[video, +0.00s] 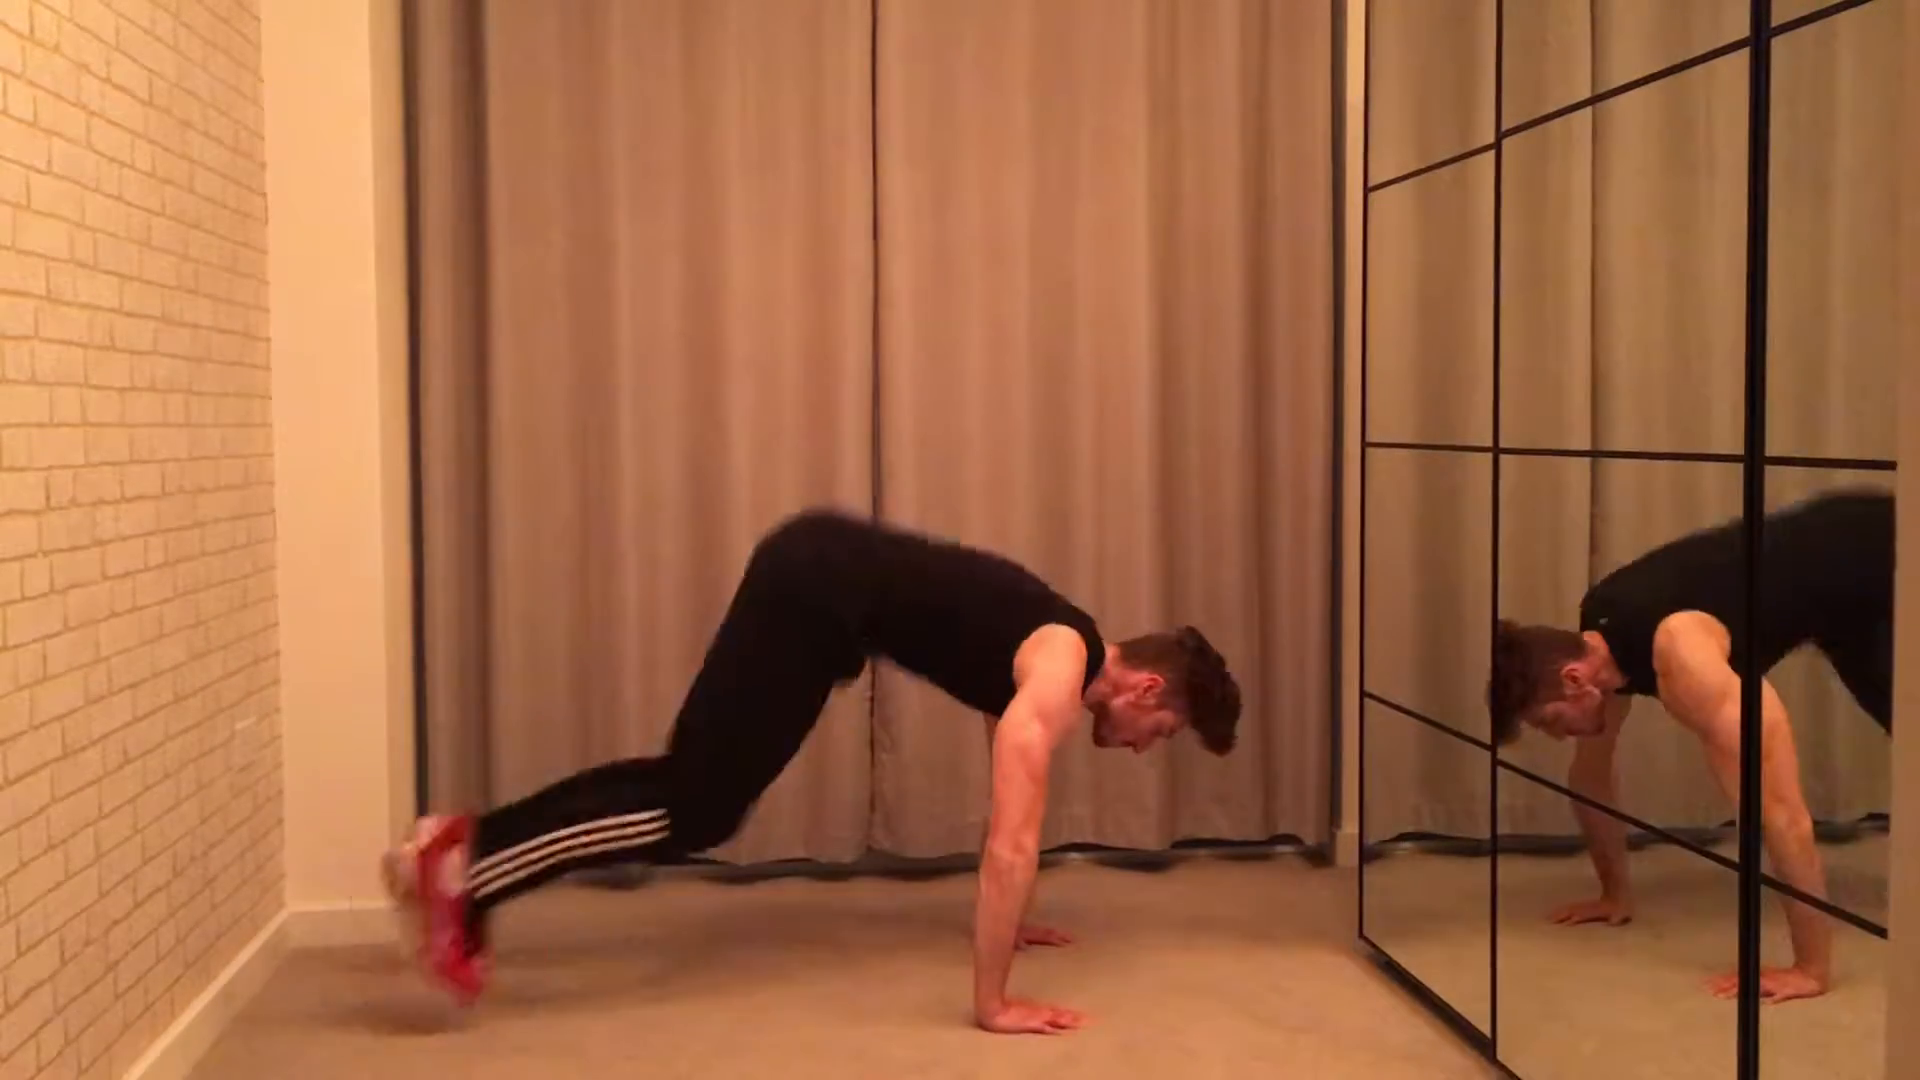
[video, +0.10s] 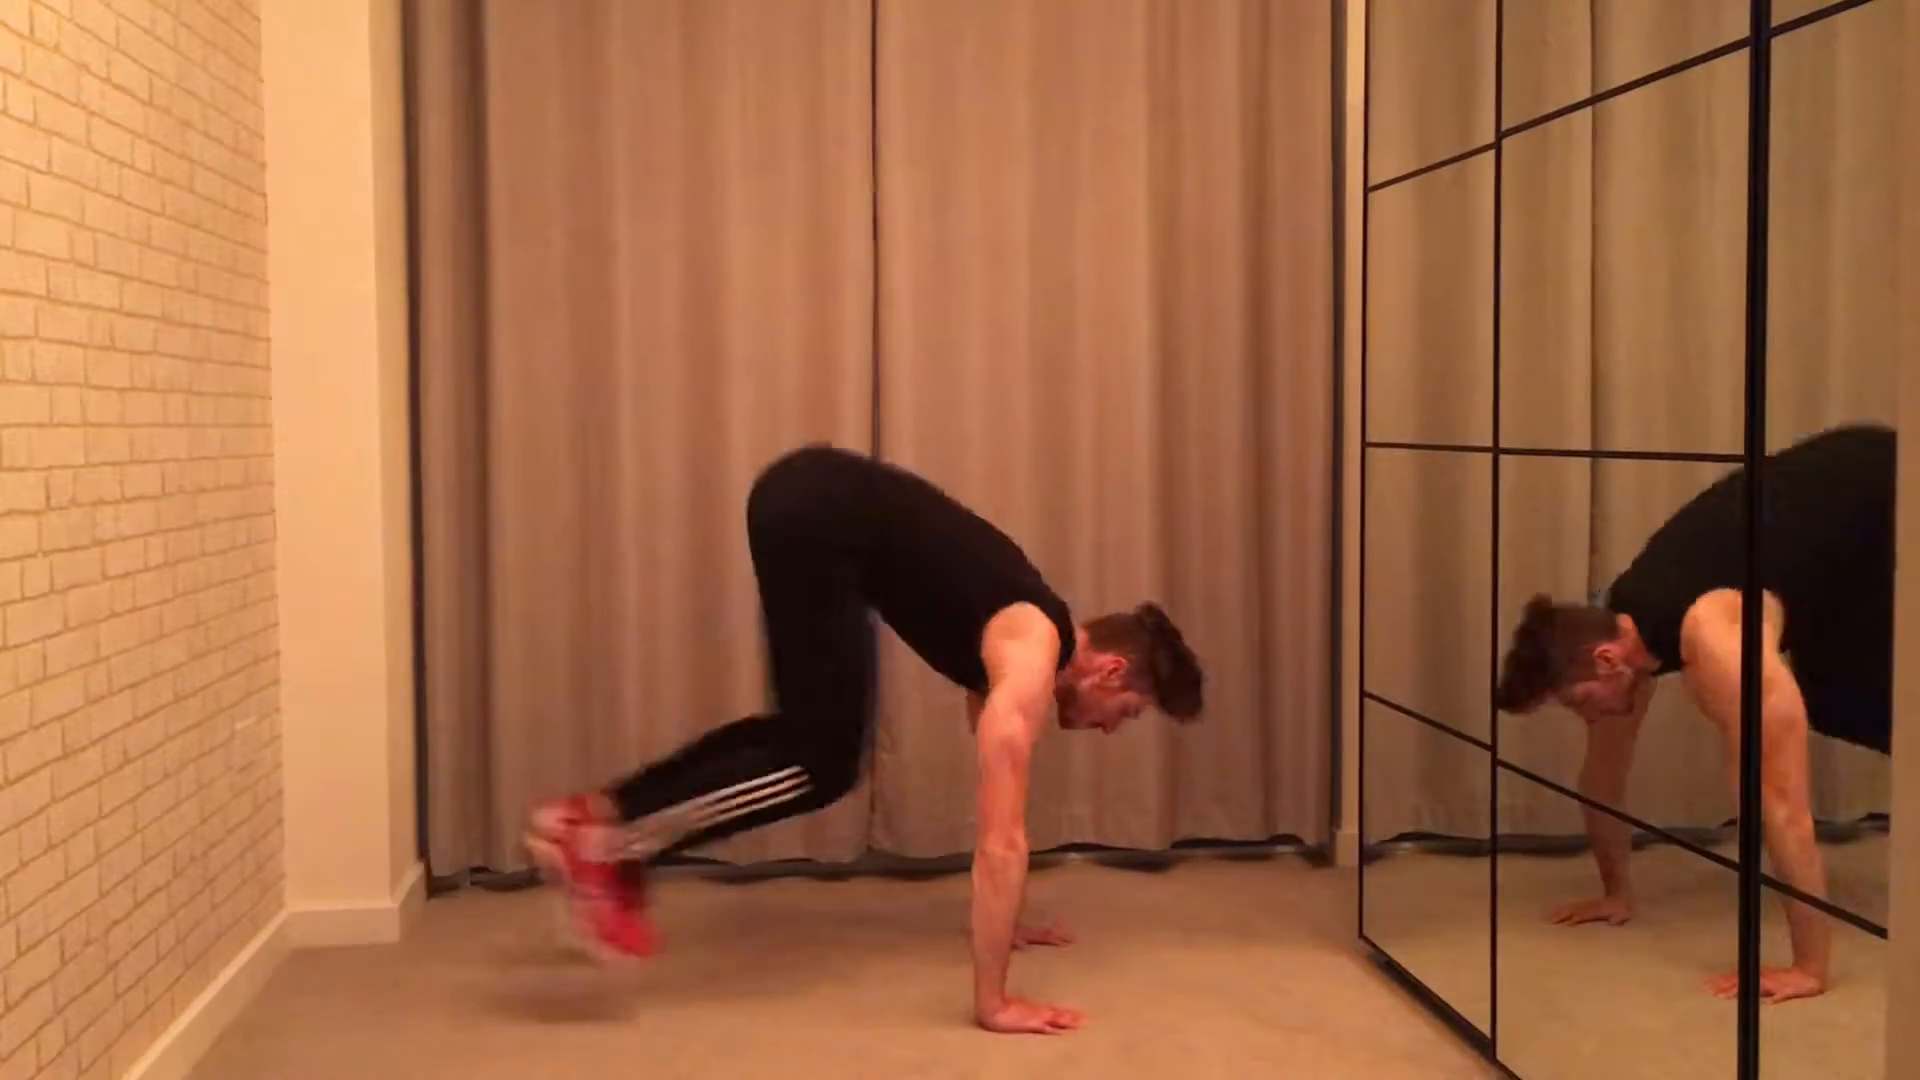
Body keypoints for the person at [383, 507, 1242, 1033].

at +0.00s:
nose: (1145, 744)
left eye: (1163, 737)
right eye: (1162, 728)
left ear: (1141, 675)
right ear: (1144, 684)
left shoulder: (1061, 653)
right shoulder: (1051, 671)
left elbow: (1014, 819)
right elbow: (1010, 839)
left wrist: (1017, 921)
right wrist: (991, 1003)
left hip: (818, 580)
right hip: (814, 588)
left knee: (687, 788)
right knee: (696, 810)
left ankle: (465, 846)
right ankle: (463, 882)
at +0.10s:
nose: (1114, 722)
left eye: (1130, 715)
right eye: (1128, 708)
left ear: (1106, 654)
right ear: (1110, 669)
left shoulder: (1028, 645)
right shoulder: (1026, 663)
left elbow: (998, 818)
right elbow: (1002, 845)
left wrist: (999, 921)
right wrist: (991, 1002)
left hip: (814, 505)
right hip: (809, 514)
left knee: (809, 738)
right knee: (823, 762)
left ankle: (599, 817)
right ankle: (608, 849)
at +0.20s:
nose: (1095, 706)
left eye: (1111, 696)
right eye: (1110, 689)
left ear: (1080, 640)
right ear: (1087, 651)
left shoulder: (1019, 622)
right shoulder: (1009, 642)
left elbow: (993, 796)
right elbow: (994, 836)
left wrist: (1001, 919)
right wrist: (995, 1000)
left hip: (804, 492)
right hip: (799, 500)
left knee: (900, 696)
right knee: (914, 709)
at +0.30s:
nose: (1122, 667)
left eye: (1136, 657)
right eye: (1135, 651)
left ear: (1104, 604)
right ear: (1113, 610)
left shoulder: (1021, 599)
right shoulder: (1026, 625)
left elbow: (1007, 765)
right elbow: (1009, 816)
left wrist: (1012, 908)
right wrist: (1003, 986)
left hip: (782, 544)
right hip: (787, 556)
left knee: (933, 722)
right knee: (950, 733)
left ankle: (871, 914)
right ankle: (884, 957)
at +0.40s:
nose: (1150, 549)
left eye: (1158, 533)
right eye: (1152, 528)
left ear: (1105, 506)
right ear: (1115, 508)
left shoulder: (1023, 544)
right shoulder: (1029, 574)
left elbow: (1026, 752)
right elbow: (1029, 760)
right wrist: (1046, 933)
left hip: (785, 593)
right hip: (793, 605)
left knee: (958, 735)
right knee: (978, 743)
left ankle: (875, 917)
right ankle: (885, 959)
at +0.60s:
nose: (1097, 265)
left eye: (1103, 247)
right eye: (1096, 243)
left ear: (1050, 223)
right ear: (1054, 221)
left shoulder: (983, 308)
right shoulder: (995, 328)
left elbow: (942, 493)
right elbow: (946, 503)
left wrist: (925, 639)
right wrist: (932, 650)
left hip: (851, 537)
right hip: (863, 546)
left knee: (981, 731)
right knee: (1000, 746)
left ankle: (878, 912)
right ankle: (891, 956)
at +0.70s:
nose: (1081, 136)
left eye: (1089, 118)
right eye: (1081, 112)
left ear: (1037, 87)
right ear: (1041, 84)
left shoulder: (983, 169)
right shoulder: (985, 181)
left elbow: (913, 328)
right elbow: (901, 333)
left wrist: (872, 460)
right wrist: (859, 469)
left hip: (918, 440)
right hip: (915, 446)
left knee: (929, 681)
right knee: (944, 686)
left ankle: (888, 891)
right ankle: (903, 924)